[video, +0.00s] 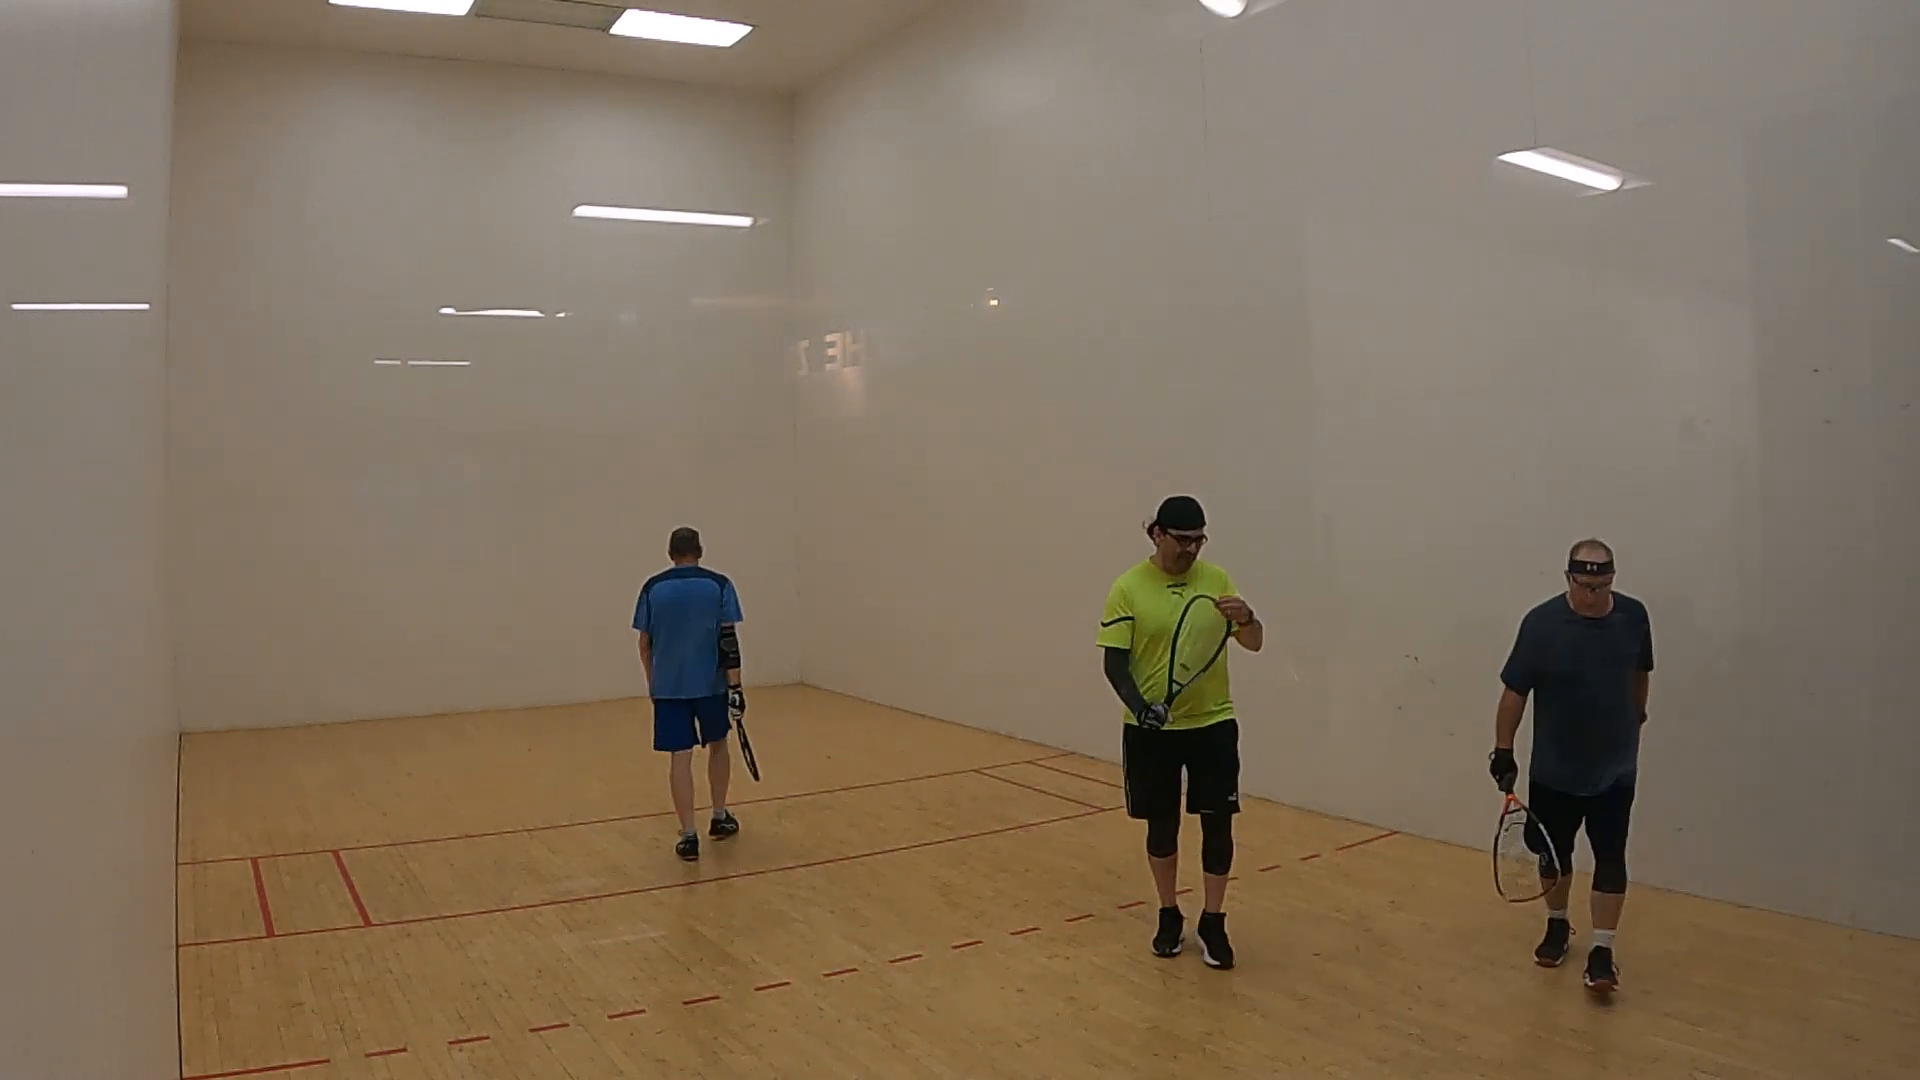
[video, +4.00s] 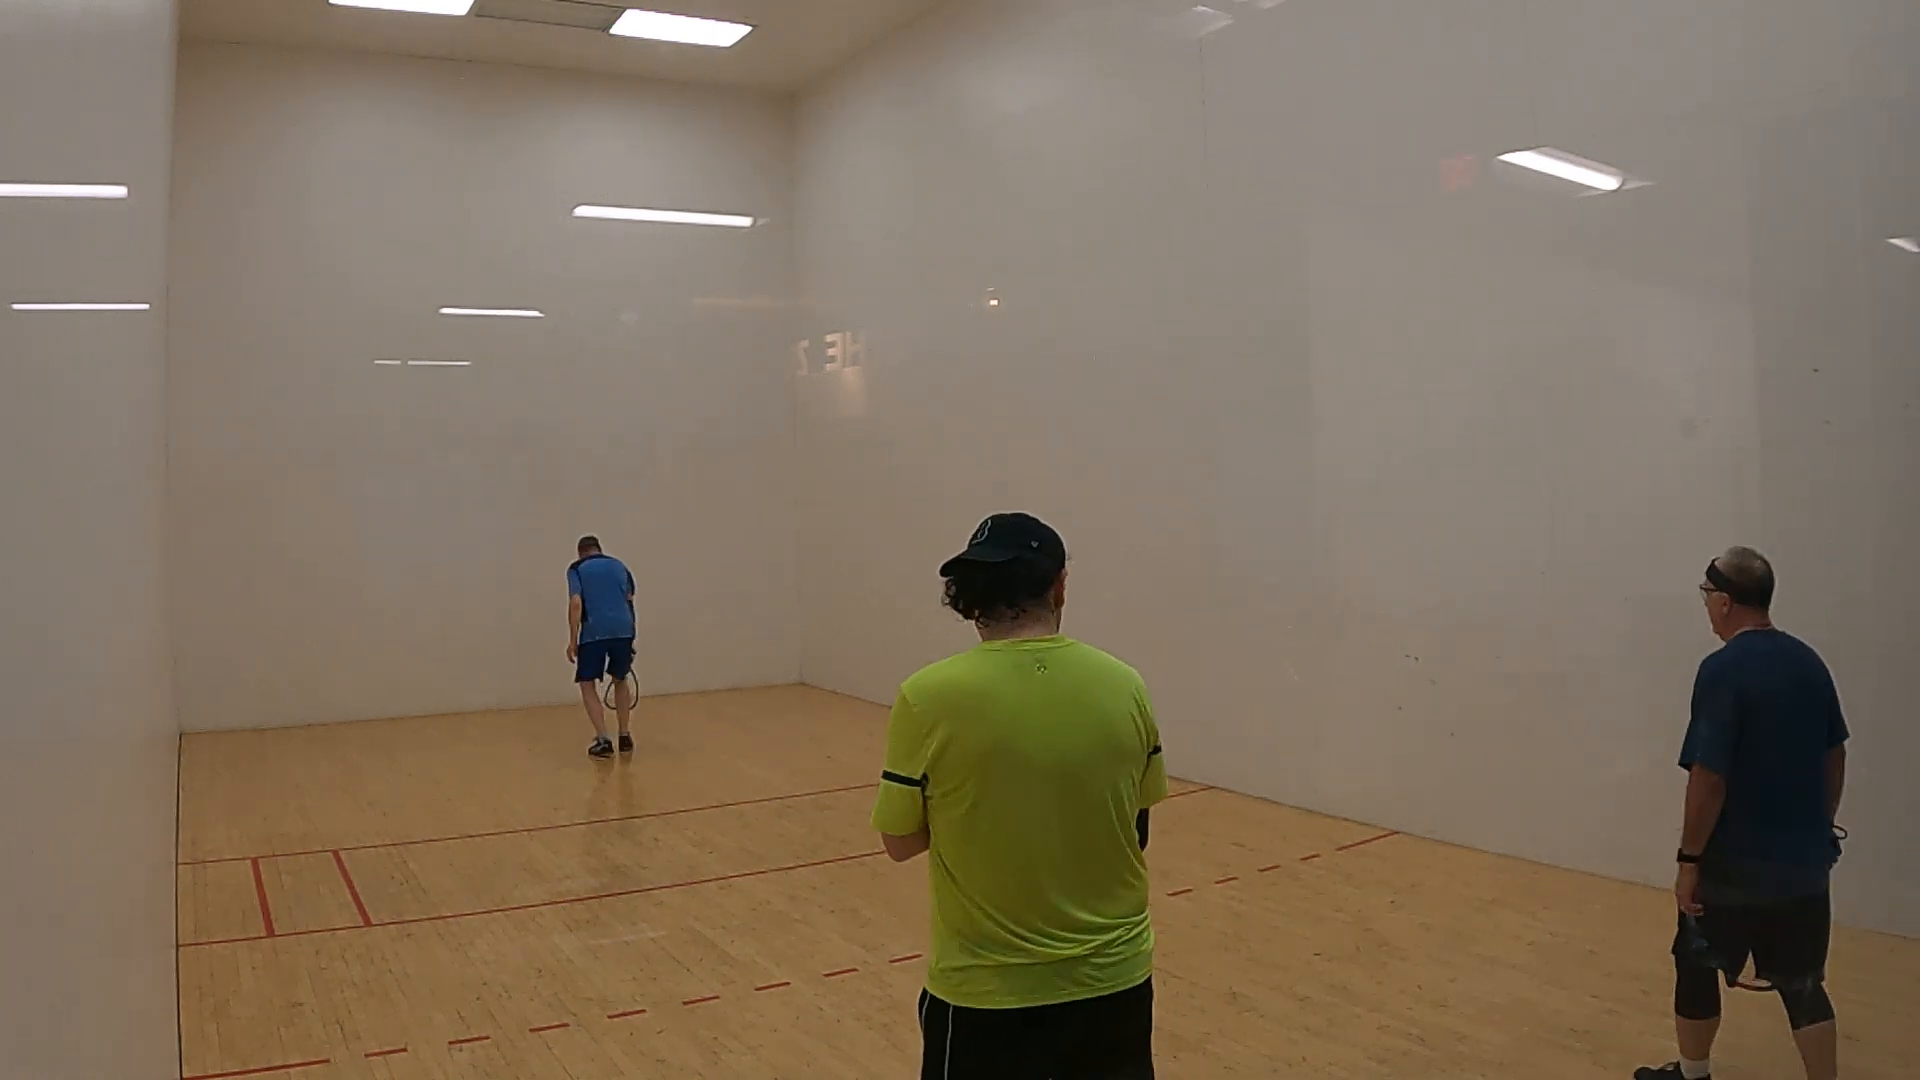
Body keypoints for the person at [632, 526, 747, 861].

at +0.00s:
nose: (688, 560)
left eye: (677, 554)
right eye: (696, 554)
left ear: (670, 555)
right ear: (701, 553)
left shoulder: (653, 587)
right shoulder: (720, 585)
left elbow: (644, 643)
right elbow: (729, 641)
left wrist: (652, 684)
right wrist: (735, 688)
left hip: (669, 689)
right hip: (710, 687)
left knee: (680, 758)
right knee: (718, 747)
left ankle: (688, 836)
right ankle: (719, 816)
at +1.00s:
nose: (680, 548)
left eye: (673, 543)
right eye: (688, 544)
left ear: (667, 544)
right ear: (693, 543)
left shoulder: (653, 573)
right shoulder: (711, 570)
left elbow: (646, 621)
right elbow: (720, 617)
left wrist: (645, 665)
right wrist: (727, 655)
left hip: (669, 661)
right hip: (703, 659)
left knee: (678, 719)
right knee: (711, 709)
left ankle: (688, 783)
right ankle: (713, 758)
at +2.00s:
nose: (637, 546)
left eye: (633, 542)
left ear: (630, 542)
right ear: (652, 540)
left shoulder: (622, 567)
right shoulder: (672, 563)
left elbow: (618, 608)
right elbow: (684, 603)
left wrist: (617, 647)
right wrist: (687, 635)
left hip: (636, 644)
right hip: (668, 643)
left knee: (633, 691)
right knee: (678, 692)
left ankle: (642, 747)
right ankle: (689, 738)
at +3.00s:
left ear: (585, 568)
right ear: (599, 566)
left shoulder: (585, 571)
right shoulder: (615, 575)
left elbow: (591, 589)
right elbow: (622, 605)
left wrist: (591, 624)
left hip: (610, 619)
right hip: (630, 620)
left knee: (609, 673)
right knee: (619, 672)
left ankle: (612, 731)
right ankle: (616, 719)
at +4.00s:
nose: (580, 558)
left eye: (579, 555)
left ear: (580, 553)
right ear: (600, 549)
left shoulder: (576, 568)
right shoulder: (618, 564)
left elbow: (576, 602)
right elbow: (630, 597)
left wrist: (573, 640)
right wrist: (630, 636)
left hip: (594, 634)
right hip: (624, 632)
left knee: (587, 684)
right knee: (620, 680)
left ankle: (603, 739)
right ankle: (624, 734)